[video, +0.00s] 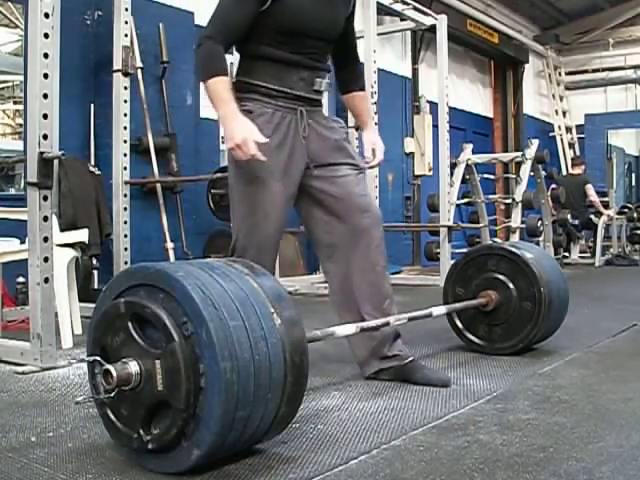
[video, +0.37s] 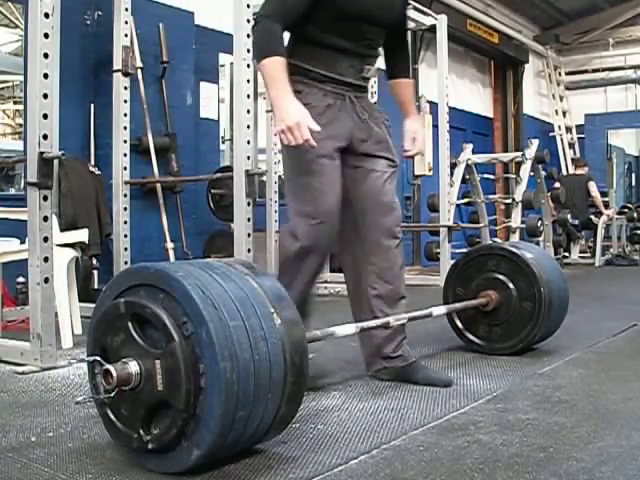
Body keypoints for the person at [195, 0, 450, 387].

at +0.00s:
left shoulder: (343, 4)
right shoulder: (255, 1)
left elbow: (347, 59)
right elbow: (209, 46)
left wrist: (367, 126)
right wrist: (230, 117)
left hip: (318, 120)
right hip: (263, 114)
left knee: (360, 223)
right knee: (256, 250)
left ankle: (383, 354)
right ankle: (241, 373)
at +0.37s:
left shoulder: (396, 6)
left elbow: (398, 47)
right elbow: (266, 23)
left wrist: (410, 115)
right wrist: (282, 102)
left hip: (361, 103)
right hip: (309, 95)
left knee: (379, 228)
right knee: (315, 226)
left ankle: (388, 355)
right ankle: (276, 347)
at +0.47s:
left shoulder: (408, 5)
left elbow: (408, 40)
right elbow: (274, 20)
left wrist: (424, 114)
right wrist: (286, 102)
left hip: (367, 96)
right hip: (315, 88)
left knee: (383, 219)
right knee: (333, 214)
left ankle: (387, 350)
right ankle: (336, 358)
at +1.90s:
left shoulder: (432, 5)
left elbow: (447, 49)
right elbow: (303, 13)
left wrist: (482, 108)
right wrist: (328, 93)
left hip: (386, 95)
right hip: (337, 86)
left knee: (397, 221)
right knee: (352, 221)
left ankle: (390, 349)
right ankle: (351, 363)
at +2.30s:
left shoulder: (441, 5)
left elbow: (461, 46)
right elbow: (326, 4)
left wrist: (506, 100)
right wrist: (371, 53)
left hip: (402, 88)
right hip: (347, 82)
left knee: (404, 219)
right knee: (358, 222)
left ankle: (393, 353)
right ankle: (353, 363)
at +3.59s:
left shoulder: (434, 4)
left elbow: (455, 44)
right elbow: (325, 6)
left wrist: (501, 96)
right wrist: (378, 54)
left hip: (401, 93)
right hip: (348, 86)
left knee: (400, 227)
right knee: (353, 226)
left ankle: (392, 354)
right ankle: (353, 364)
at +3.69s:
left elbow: (468, 25)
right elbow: (342, 8)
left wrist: (547, 52)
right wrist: (422, 9)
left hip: (397, 87)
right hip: (349, 81)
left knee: (403, 228)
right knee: (356, 227)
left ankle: (393, 353)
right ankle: (354, 365)